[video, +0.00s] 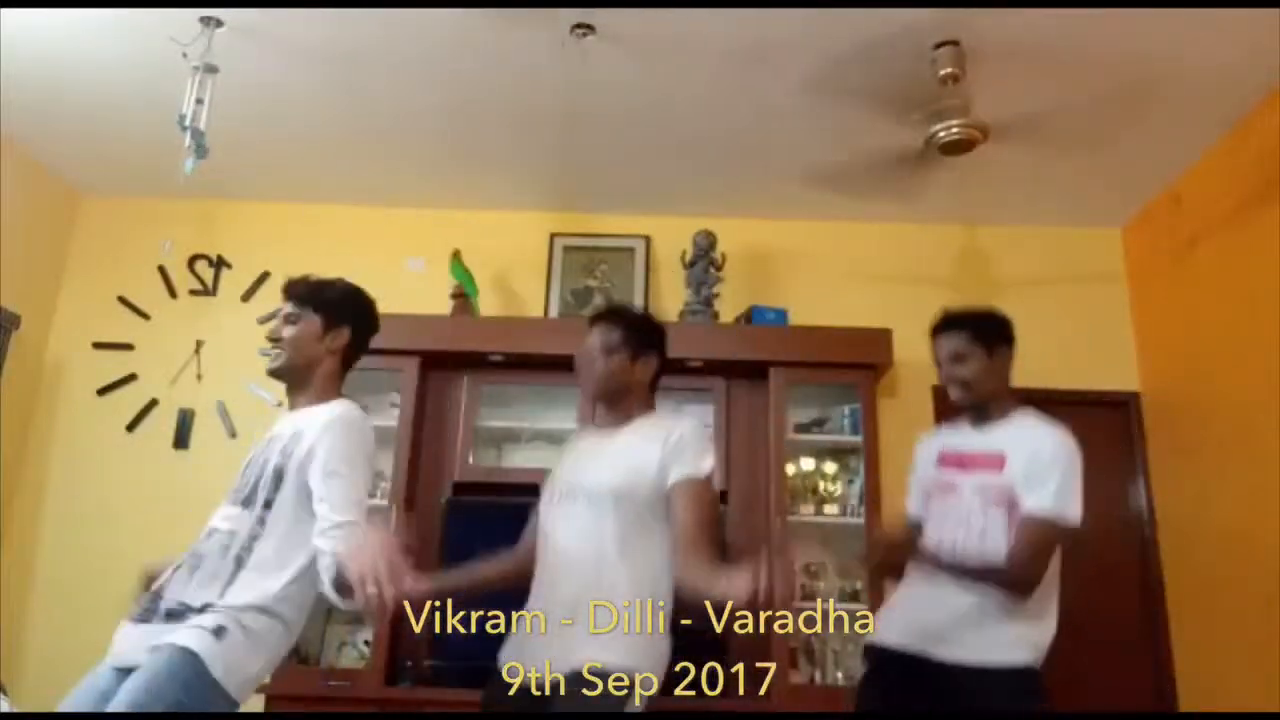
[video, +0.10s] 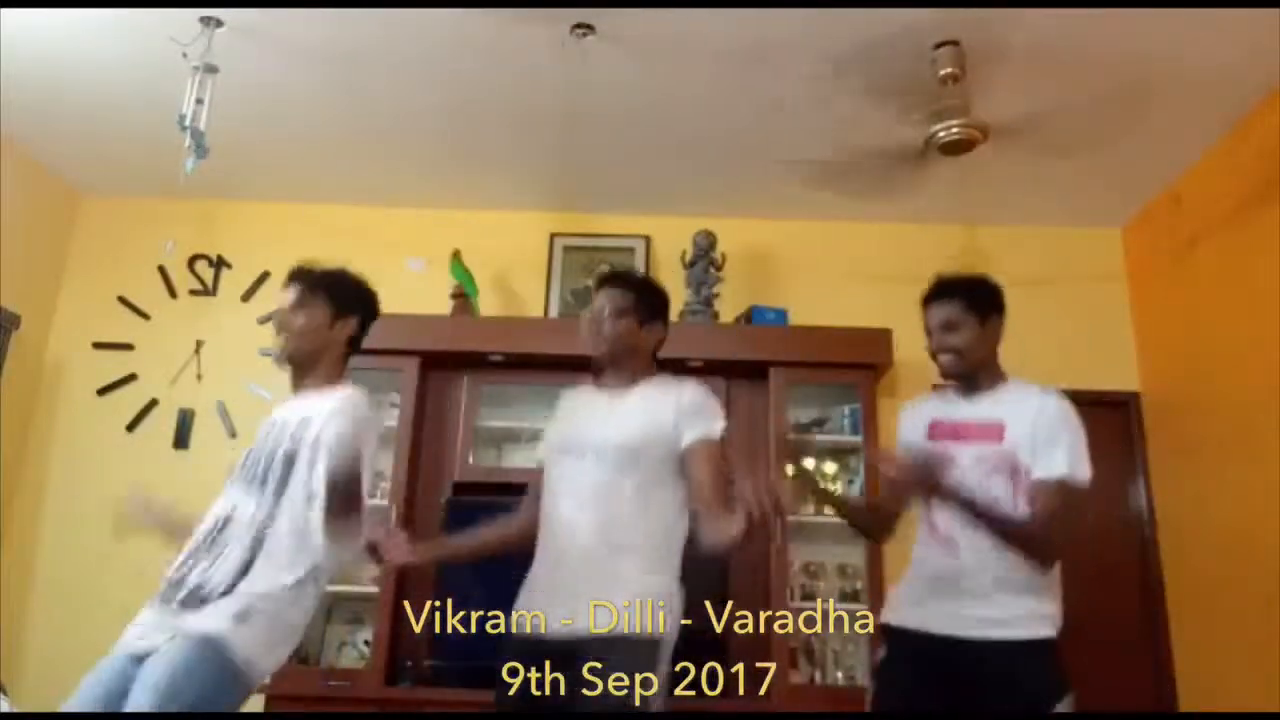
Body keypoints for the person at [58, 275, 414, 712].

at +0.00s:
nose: (273, 331)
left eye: (292, 320)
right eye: (278, 320)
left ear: (336, 340)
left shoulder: (340, 422)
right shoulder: (283, 430)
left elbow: (339, 573)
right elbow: (248, 545)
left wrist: (364, 550)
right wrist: (178, 571)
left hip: (223, 635)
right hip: (167, 621)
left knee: (129, 709)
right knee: (73, 707)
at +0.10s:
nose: (276, 318)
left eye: (297, 308)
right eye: (281, 307)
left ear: (345, 328)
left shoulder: (345, 410)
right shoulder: (285, 415)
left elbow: (338, 537)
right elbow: (248, 537)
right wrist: (171, 522)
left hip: (246, 613)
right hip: (185, 601)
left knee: (157, 700)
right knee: (85, 704)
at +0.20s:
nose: (296, 290)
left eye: (312, 277)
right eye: (296, 278)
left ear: (360, 291)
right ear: (292, 284)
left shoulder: (366, 368)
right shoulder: (277, 375)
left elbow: (359, 484)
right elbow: (222, 491)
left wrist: (333, 351)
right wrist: (134, 438)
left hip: (269, 586)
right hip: (195, 577)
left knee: (200, 700)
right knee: (120, 701)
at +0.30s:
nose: (321, 242)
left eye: (339, 233)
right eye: (317, 232)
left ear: (377, 256)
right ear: (308, 245)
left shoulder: (389, 327)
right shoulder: (274, 330)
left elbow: (413, 431)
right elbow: (226, 435)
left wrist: (320, 325)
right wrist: (136, 374)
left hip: (322, 562)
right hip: (236, 557)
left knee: (284, 704)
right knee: (166, 701)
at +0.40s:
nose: (338, 237)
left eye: (357, 230)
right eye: (332, 226)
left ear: (386, 252)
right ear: (320, 237)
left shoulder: (402, 326)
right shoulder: (275, 322)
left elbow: (434, 447)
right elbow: (229, 430)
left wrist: (349, 398)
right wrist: (157, 401)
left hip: (342, 555)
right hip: (248, 549)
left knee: (320, 705)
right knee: (179, 701)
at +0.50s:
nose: (352, 257)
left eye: (371, 248)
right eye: (344, 244)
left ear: (401, 270)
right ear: (331, 255)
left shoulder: (422, 362)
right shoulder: (278, 347)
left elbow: (445, 501)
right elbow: (239, 458)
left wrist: (379, 520)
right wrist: (190, 518)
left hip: (360, 578)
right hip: (267, 569)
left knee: (367, 703)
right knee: (206, 703)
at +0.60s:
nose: (359, 292)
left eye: (378, 284)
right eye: (352, 278)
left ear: (404, 307)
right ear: (337, 291)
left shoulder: (427, 405)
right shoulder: (275, 388)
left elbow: (446, 546)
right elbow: (238, 512)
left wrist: (364, 619)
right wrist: (243, 619)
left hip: (377, 634)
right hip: (276, 625)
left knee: (387, 700)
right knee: (229, 704)